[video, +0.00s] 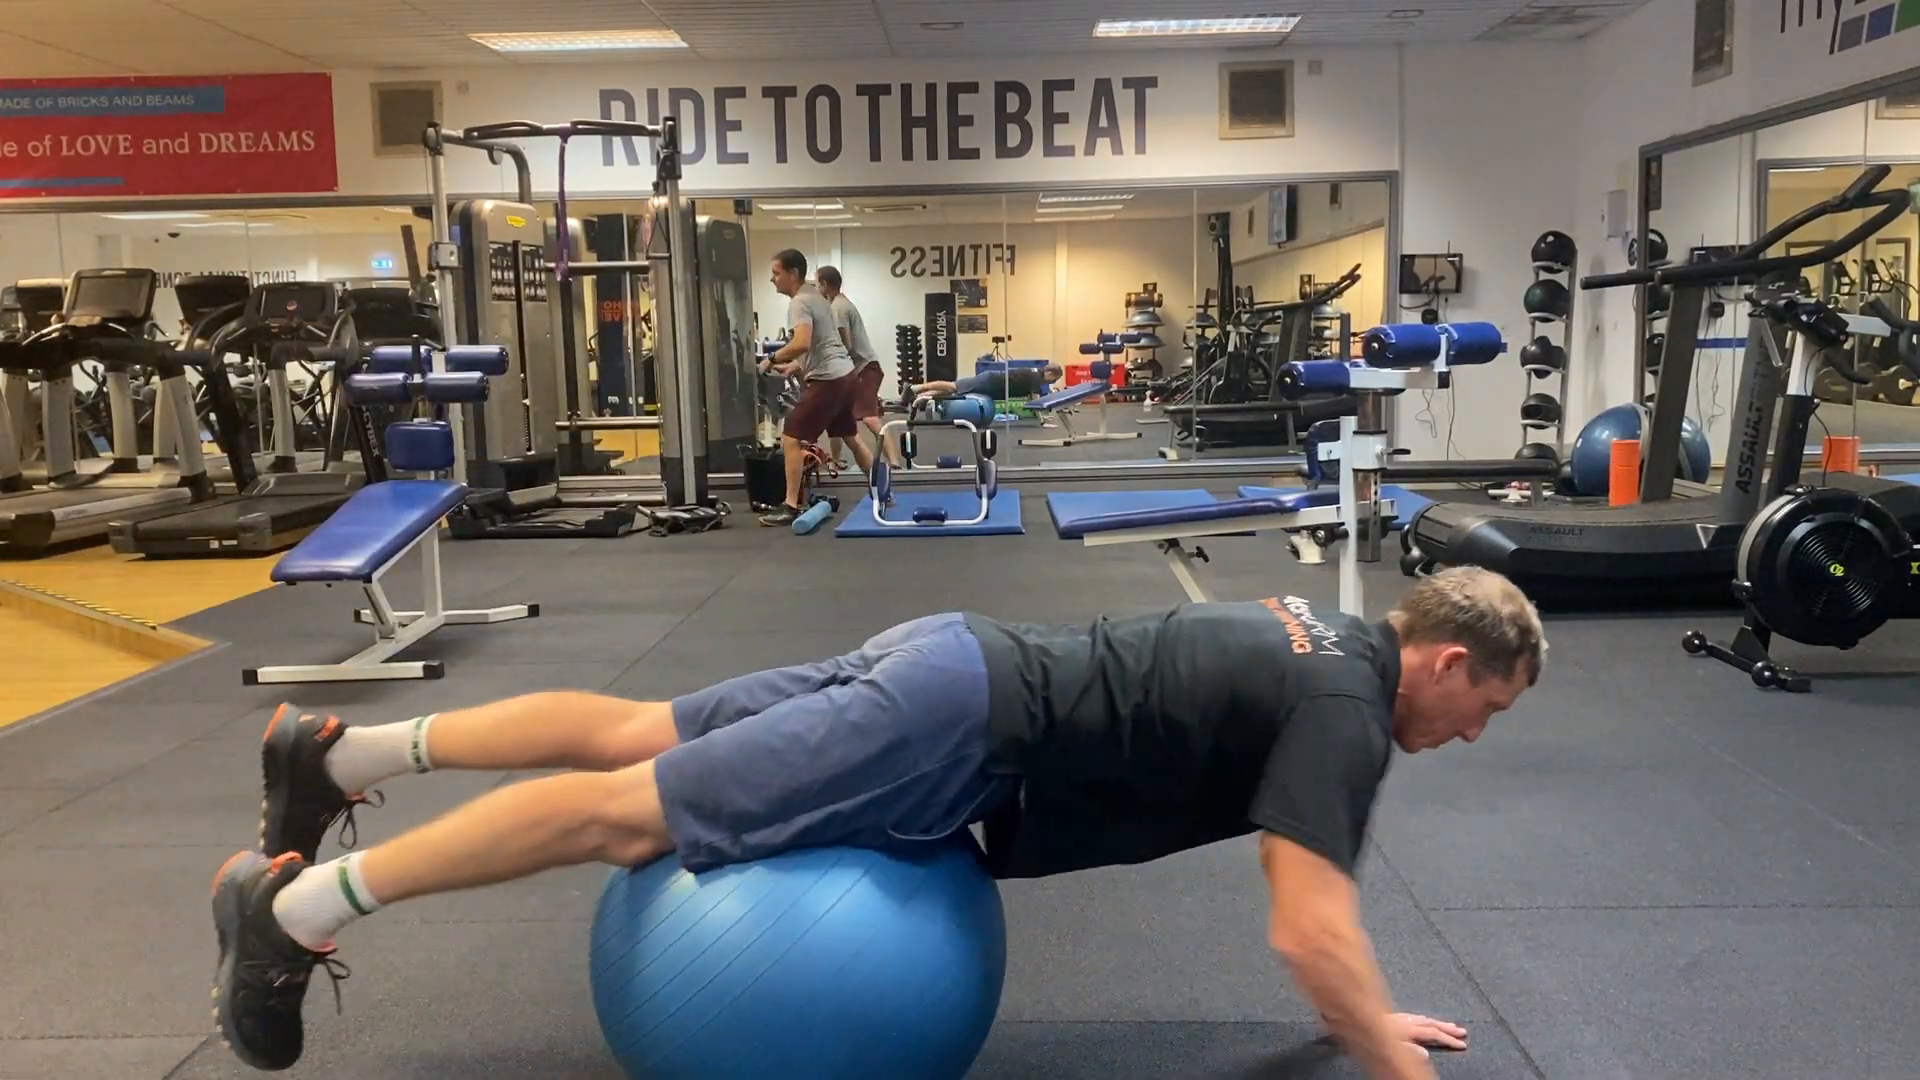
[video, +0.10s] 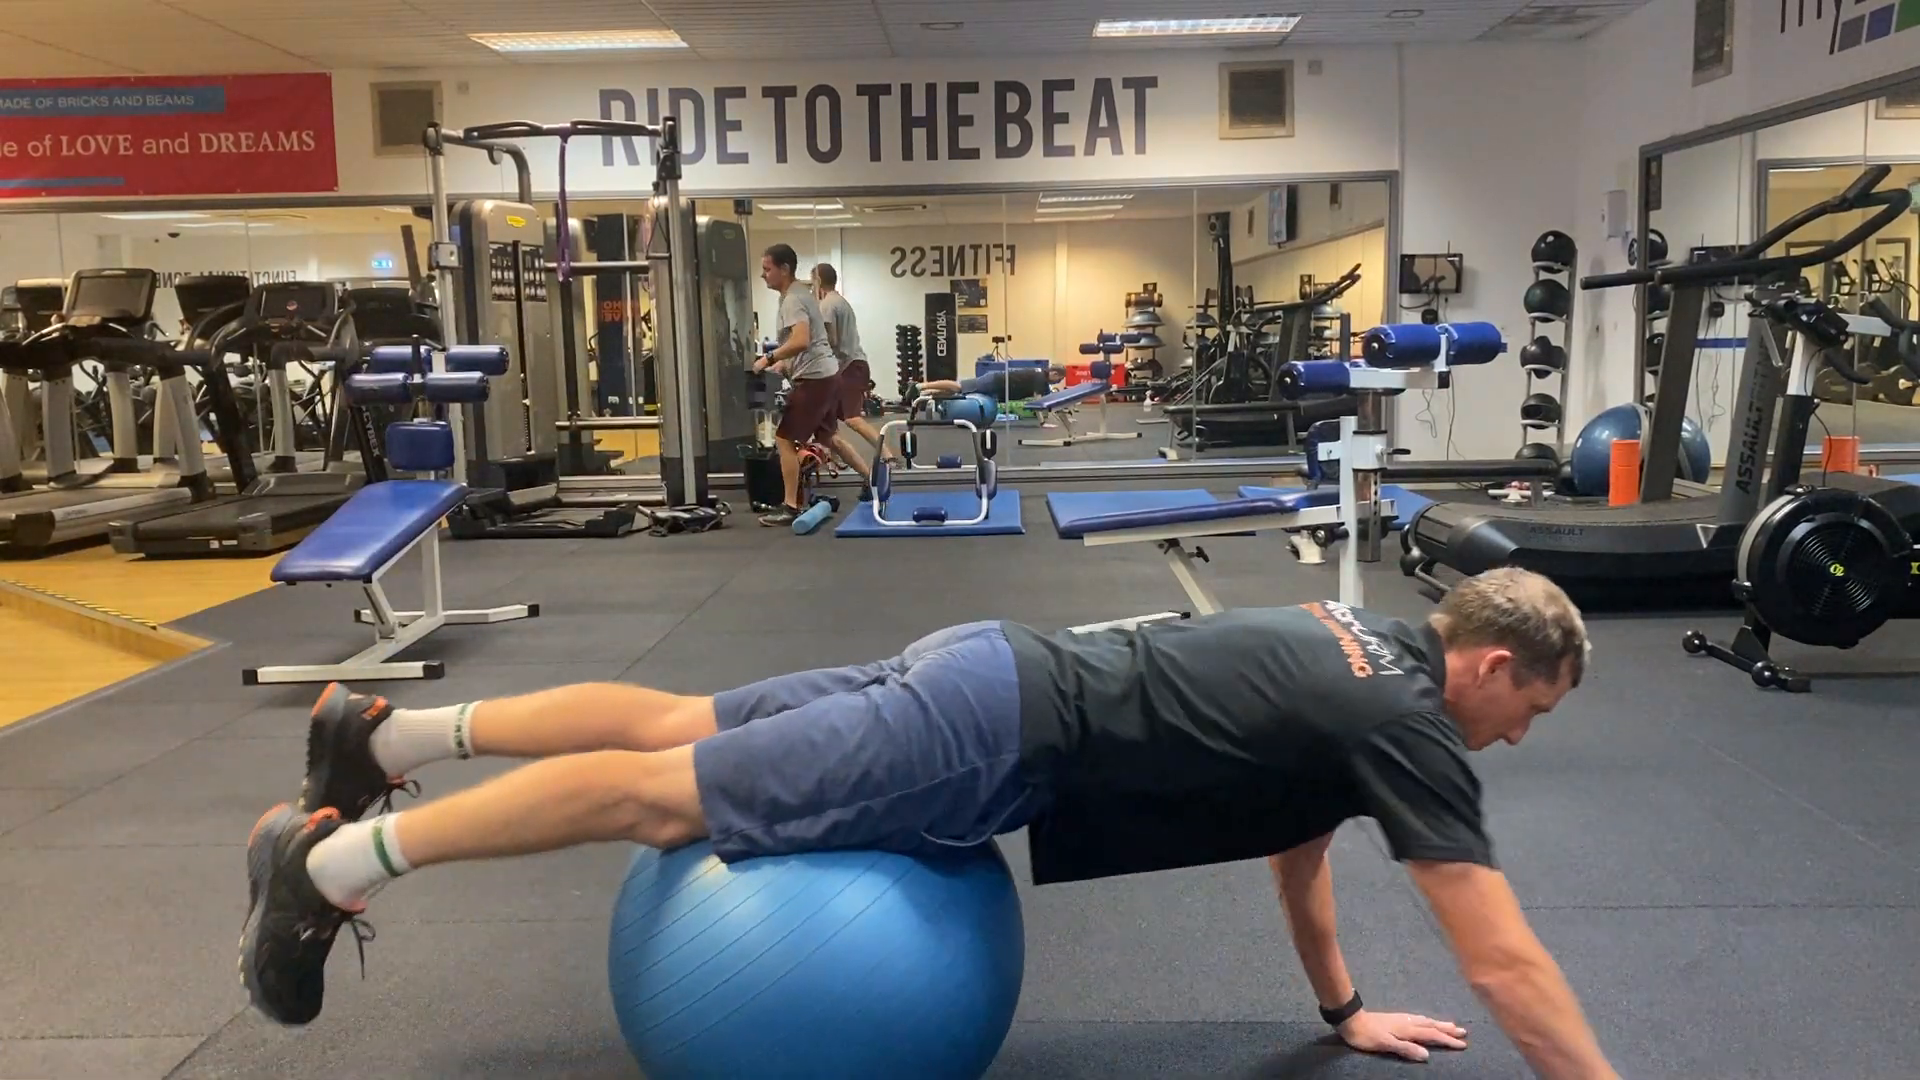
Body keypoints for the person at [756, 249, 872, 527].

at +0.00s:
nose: (773, 280)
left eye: (776, 273)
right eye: (773, 274)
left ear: (794, 274)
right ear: (798, 275)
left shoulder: (800, 301)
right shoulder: (816, 296)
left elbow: (802, 343)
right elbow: (827, 343)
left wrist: (773, 358)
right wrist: (795, 366)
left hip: (826, 379)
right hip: (844, 374)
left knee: (790, 438)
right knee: (850, 437)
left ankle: (791, 505)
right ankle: (882, 487)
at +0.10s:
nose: (763, 275)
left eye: (767, 269)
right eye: (763, 269)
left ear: (784, 268)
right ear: (786, 270)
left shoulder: (793, 298)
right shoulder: (804, 294)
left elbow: (800, 340)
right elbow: (813, 340)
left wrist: (769, 358)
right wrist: (786, 362)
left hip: (813, 378)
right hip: (828, 374)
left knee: (785, 438)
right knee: (827, 436)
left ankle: (791, 505)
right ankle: (871, 478)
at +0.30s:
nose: (747, 272)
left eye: (751, 266)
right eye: (746, 267)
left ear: (770, 264)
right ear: (761, 266)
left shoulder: (789, 291)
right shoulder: (761, 295)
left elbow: (802, 336)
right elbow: (760, 337)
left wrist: (770, 358)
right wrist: (753, 361)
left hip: (801, 373)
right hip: (779, 374)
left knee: (787, 440)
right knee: (767, 434)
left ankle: (791, 505)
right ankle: (821, 456)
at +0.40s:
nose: (741, 271)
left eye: (745, 265)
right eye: (739, 266)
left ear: (763, 261)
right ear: (747, 265)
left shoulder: (785, 291)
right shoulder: (747, 294)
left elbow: (800, 336)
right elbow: (747, 330)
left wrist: (768, 359)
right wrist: (747, 357)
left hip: (796, 373)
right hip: (771, 374)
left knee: (785, 441)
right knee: (750, 427)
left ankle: (792, 504)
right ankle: (791, 462)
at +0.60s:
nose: (728, 268)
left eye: (733, 262)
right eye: (725, 263)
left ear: (751, 260)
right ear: (725, 264)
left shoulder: (773, 292)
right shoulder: (726, 296)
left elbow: (789, 335)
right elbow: (725, 337)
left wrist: (757, 357)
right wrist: (728, 363)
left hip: (779, 374)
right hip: (747, 377)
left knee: (776, 443)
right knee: (742, 441)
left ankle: (788, 503)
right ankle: (741, 505)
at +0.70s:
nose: (720, 269)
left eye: (725, 262)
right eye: (716, 264)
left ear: (742, 261)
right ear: (714, 266)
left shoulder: (764, 292)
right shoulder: (716, 298)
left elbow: (782, 335)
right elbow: (714, 340)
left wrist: (749, 357)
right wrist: (717, 363)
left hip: (769, 376)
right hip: (737, 378)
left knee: (761, 446)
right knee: (737, 446)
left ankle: (784, 499)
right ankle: (739, 507)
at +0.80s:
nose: (710, 270)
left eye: (715, 263)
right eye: (706, 265)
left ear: (731, 261)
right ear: (703, 267)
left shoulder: (754, 292)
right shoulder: (707, 298)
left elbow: (772, 334)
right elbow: (702, 341)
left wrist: (739, 358)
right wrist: (708, 367)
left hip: (759, 375)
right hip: (727, 379)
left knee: (744, 439)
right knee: (727, 442)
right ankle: (732, 496)